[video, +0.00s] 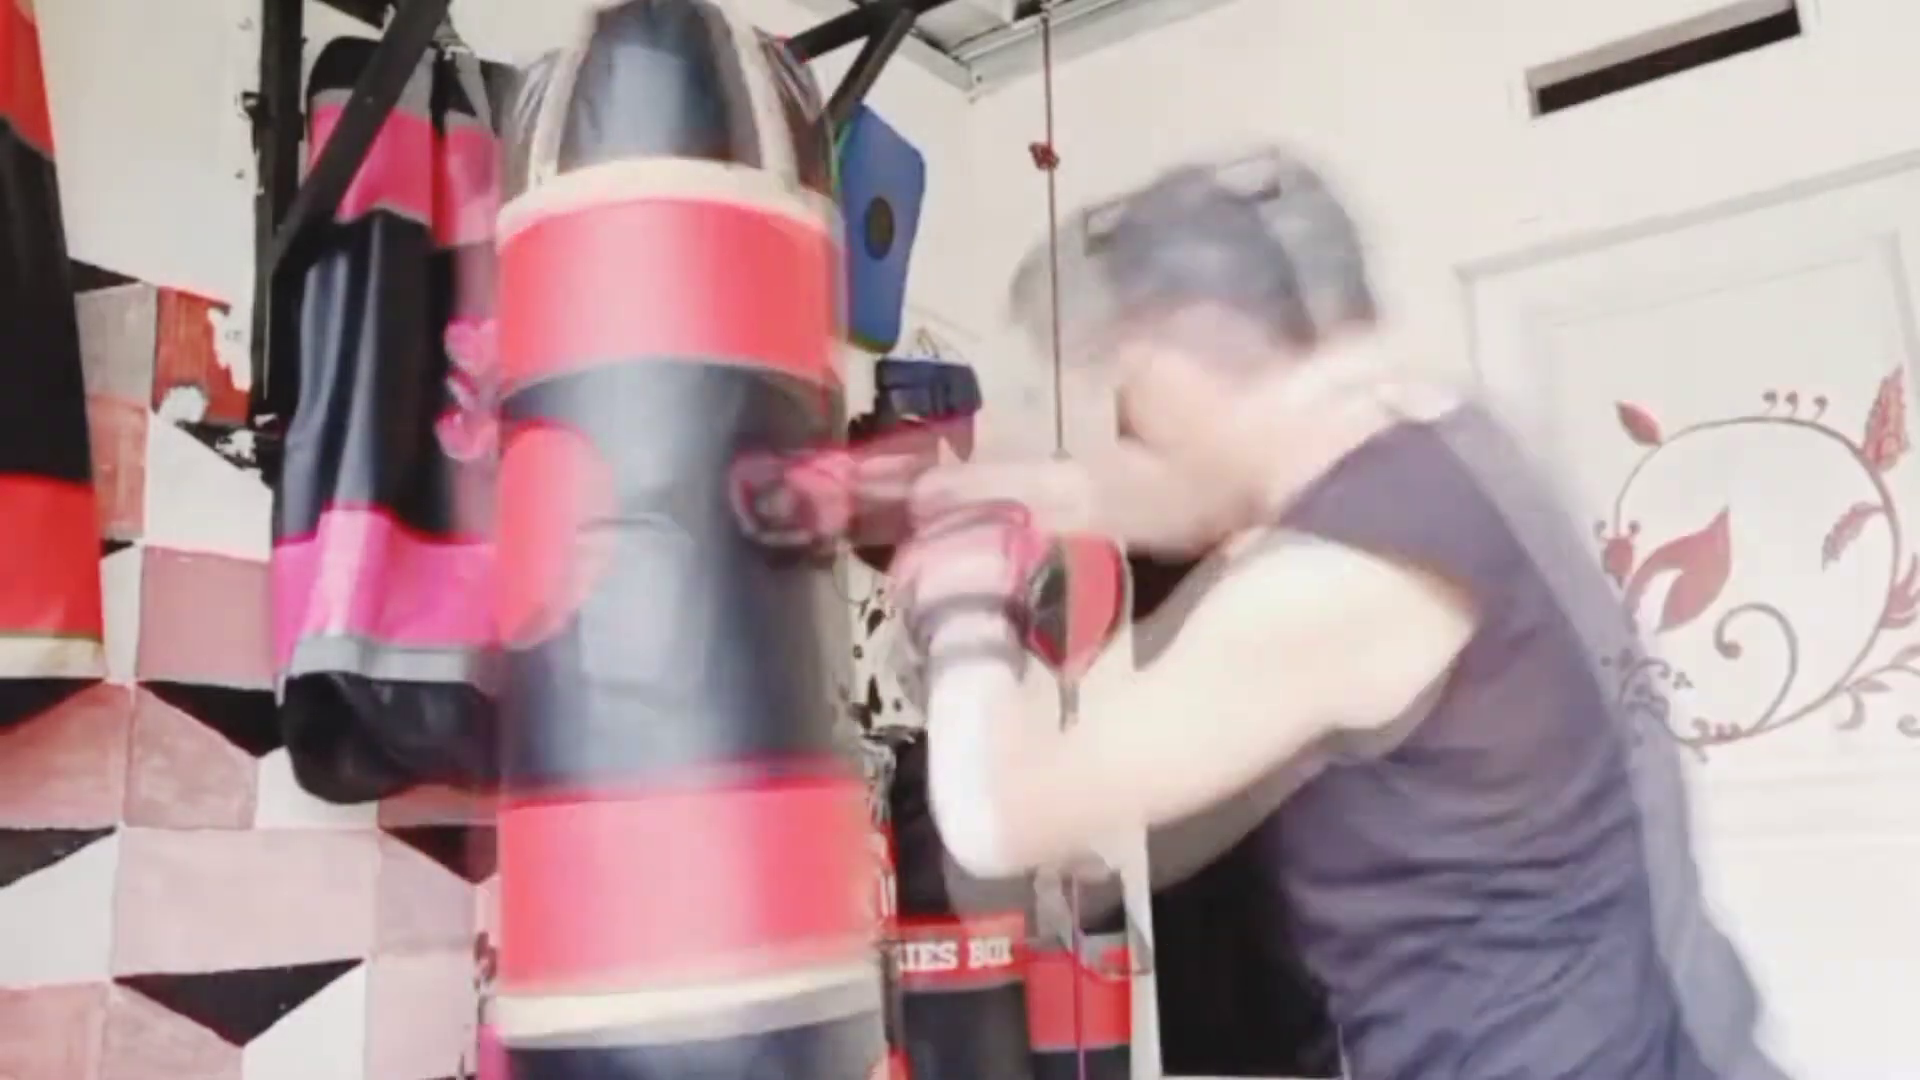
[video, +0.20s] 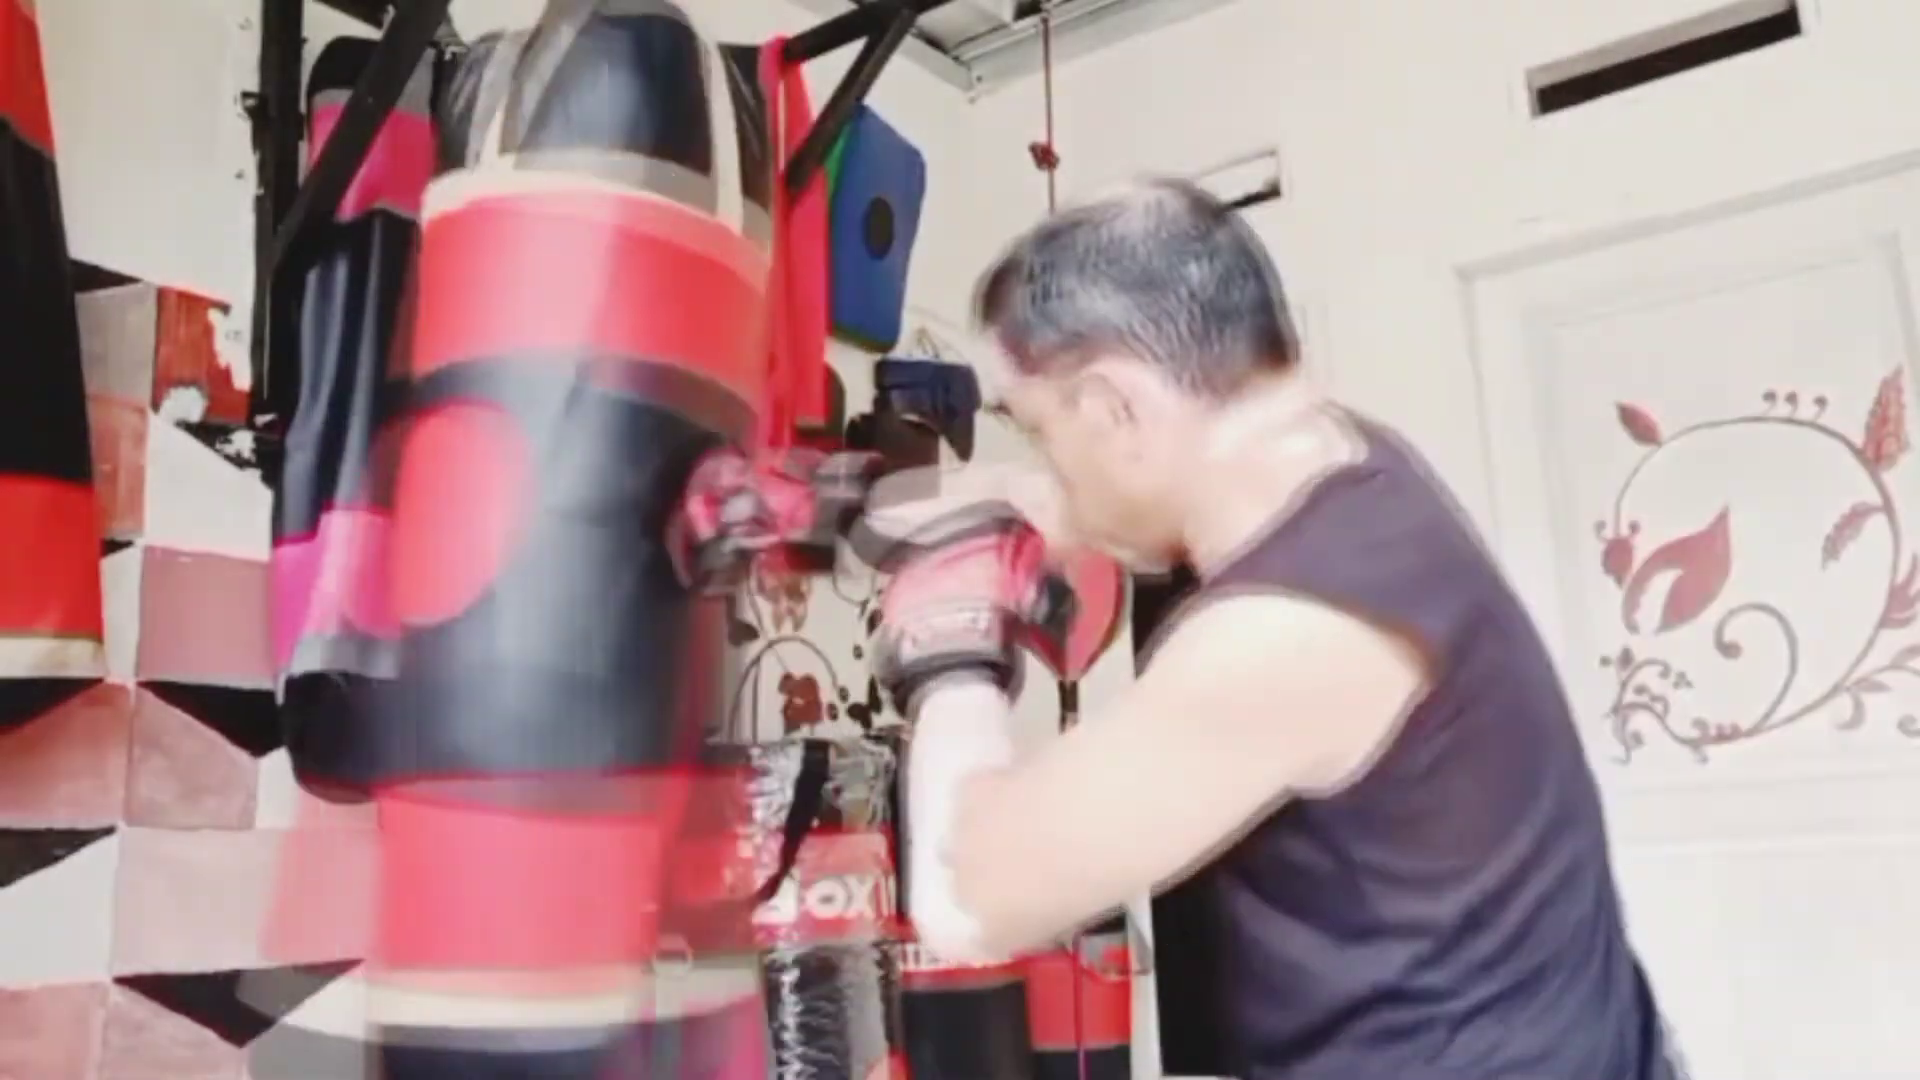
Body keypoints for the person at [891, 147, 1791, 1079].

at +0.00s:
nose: (1124, 430)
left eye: (1126, 385)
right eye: (1115, 395)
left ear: (1203, 337)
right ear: (1294, 319)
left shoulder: (1348, 561)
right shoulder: (1445, 453)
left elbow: (1005, 819)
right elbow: (1186, 500)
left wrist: (969, 605)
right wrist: (961, 485)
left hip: (1497, 1055)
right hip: (1604, 1026)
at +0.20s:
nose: (1048, 469)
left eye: (1040, 428)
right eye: (1028, 431)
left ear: (1118, 405)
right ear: (1244, 347)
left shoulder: (1298, 627)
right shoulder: (1346, 472)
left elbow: (973, 900)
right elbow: (1175, 553)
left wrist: (952, 649)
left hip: (1428, 1057)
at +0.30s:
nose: (1057, 474)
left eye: (1042, 420)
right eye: (1036, 425)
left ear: (1108, 387)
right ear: (1241, 332)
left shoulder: (1276, 588)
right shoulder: (1383, 481)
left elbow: (972, 871)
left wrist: (938, 646)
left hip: (1475, 1060)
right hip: (1613, 1035)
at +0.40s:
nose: (1082, 423)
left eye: (1080, 369)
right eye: (1071, 377)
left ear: (1145, 335)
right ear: (1289, 300)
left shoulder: (1252, 531)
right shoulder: (1490, 444)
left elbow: (951, 818)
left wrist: (960, 571)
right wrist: (1092, 580)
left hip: (1469, 1063)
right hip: (1715, 1048)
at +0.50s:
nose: (1199, 404)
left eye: (1190, 362)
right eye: (1184, 368)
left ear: (1252, 326)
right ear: (1386, 285)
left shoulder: (1288, 520)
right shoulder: (1607, 446)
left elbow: (1001, 776)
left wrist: (1011, 549)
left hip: (1524, 1055)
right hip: (1795, 1042)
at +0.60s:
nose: (1310, 423)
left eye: (1297, 387)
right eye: (1294, 392)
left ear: (1346, 351)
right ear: (1516, 319)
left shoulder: (1337, 539)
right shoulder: (1751, 498)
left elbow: (1047, 782)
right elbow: (1842, 817)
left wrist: (1041, 604)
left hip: (1535, 1048)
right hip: (1848, 1043)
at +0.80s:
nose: (1311, 434)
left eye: (1301, 393)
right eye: (1295, 398)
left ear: (1362, 354)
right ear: (1520, 333)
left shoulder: (1332, 537)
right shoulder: (1744, 516)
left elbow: (1038, 810)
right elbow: (1818, 858)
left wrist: (1056, 623)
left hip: (1507, 1055)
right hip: (1799, 1051)